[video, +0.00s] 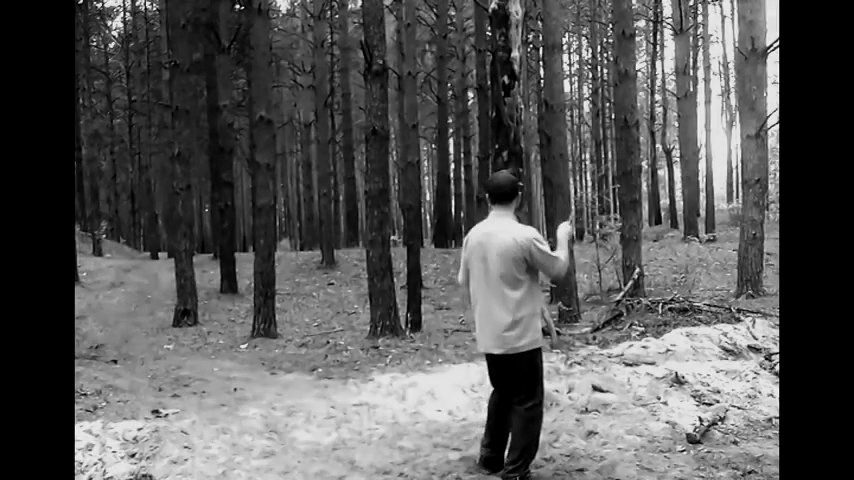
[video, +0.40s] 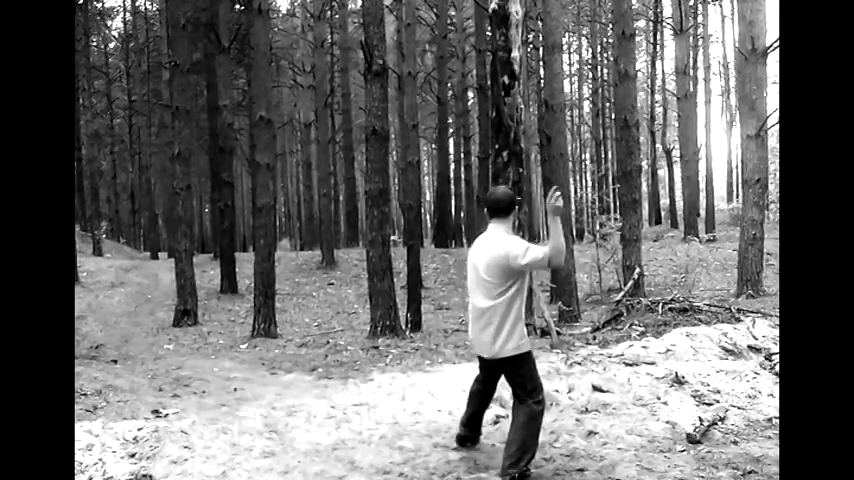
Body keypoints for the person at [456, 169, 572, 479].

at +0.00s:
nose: (523, 195)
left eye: (518, 191)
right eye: (522, 192)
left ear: (488, 198)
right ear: (518, 196)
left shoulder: (473, 236)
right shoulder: (524, 237)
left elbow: (464, 281)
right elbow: (559, 271)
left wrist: (482, 309)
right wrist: (563, 237)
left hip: (488, 334)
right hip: (520, 336)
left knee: (501, 394)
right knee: (529, 401)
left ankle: (489, 458)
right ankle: (517, 468)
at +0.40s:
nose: (520, 209)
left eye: (517, 205)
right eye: (519, 206)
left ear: (488, 212)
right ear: (516, 211)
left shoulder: (479, 244)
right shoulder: (510, 248)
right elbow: (556, 258)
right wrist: (555, 216)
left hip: (482, 339)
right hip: (509, 342)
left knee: (485, 381)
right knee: (531, 400)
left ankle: (467, 434)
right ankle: (515, 469)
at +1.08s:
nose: (433, 229)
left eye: (432, 225)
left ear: (433, 225)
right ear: (456, 221)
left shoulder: (437, 247)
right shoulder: (473, 242)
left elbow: (435, 282)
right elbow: (488, 279)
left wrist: (428, 313)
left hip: (474, 318)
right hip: (502, 307)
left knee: (472, 374)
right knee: (528, 352)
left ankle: (470, 429)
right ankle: (565, 358)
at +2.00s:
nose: (474, 207)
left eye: (477, 201)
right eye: (472, 202)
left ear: (493, 199)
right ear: (482, 202)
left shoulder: (515, 229)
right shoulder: (489, 231)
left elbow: (526, 273)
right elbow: (497, 270)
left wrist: (494, 296)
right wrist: (474, 280)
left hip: (513, 315)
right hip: (501, 314)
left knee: (502, 370)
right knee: (518, 369)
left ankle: (528, 435)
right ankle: (528, 426)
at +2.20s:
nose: (487, 210)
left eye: (491, 204)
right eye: (483, 204)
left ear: (506, 202)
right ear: (482, 206)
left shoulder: (529, 235)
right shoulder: (489, 237)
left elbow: (548, 280)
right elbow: (493, 274)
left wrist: (530, 316)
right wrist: (479, 299)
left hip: (526, 326)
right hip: (500, 326)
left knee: (526, 384)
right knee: (511, 382)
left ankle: (541, 447)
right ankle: (522, 427)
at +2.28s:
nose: (490, 209)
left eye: (495, 203)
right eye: (486, 204)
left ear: (510, 200)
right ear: (484, 205)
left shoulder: (535, 234)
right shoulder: (489, 237)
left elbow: (557, 275)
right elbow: (488, 277)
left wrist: (542, 312)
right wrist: (477, 300)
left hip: (531, 328)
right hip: (499, 327)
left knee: (529, 387)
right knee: (497, 377)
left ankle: (540, 449)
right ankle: (519, 418)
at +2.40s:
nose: (492, 206)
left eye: (497, 199)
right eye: (488, 200)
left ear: (512, 197)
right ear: (485, 202)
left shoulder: (539, 231)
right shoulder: (488, 234)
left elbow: (561, 271)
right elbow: (484, 273)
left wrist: (549, 308)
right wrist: (474, 294)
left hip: (533, 328)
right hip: (498, 327)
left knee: (536, 393)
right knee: (490, 379)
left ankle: (541, 450)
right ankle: (519, 413)